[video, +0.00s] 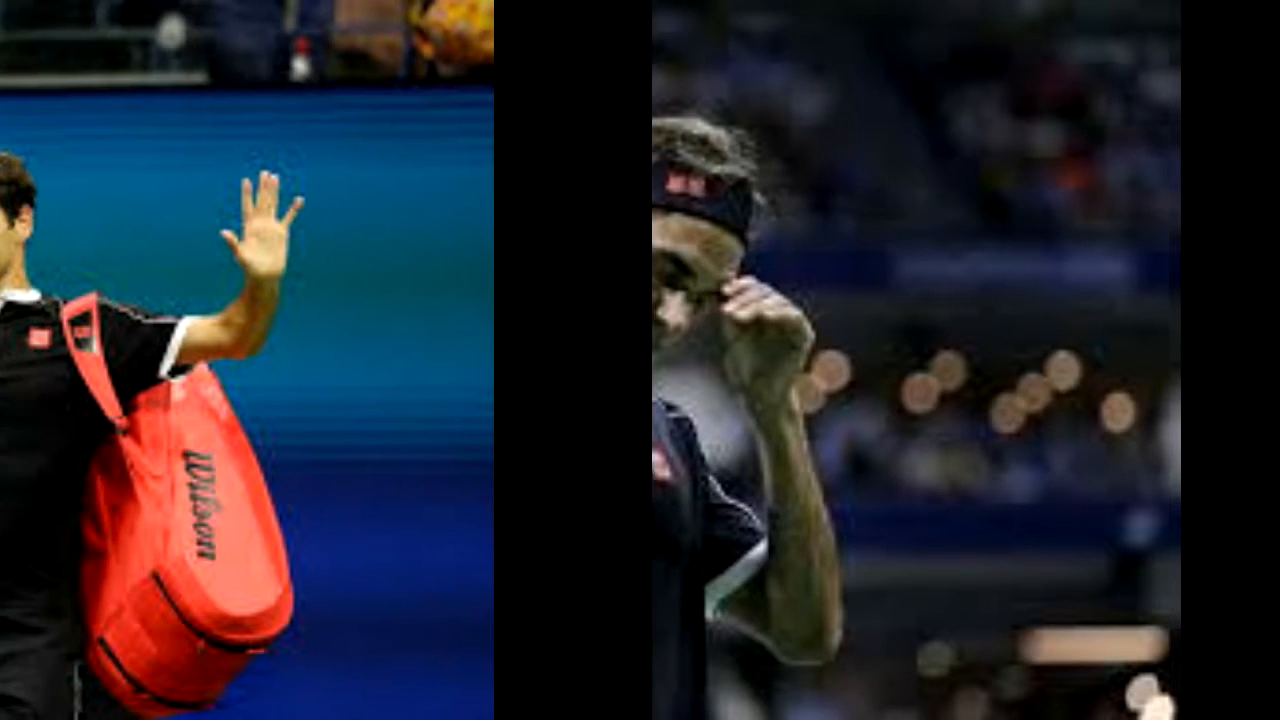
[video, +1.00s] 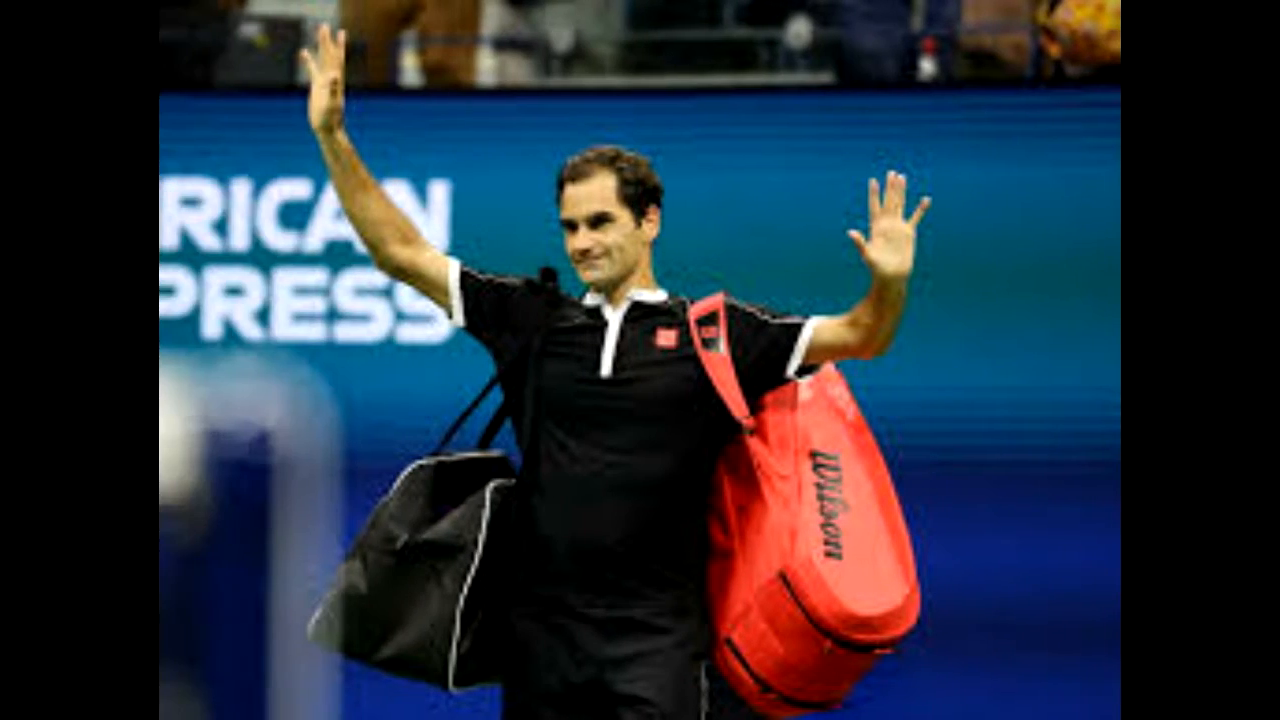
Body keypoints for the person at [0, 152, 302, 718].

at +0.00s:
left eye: (2, 215)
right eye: (3, 215)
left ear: (23, 221)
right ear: (20, 221)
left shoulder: (77, 332)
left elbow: (233, 335)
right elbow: (233, 334)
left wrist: (263, 283)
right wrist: (264, 283)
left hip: (31, 622)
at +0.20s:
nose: (86, 242)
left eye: (103, 223)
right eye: (74, 227)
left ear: (152, 222)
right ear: (64, 233)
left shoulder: (215, 329)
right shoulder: (34, 323)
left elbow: (363, 337)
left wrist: (393, 285)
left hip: (159, 623)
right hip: (48, 617)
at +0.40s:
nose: (218, 242)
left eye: (236, 222)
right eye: (205, 227)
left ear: (283, 223)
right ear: (195, 234)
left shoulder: (351, 331)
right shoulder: (166, 319)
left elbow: (497, 336)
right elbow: (38, 252)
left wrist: (525, 282)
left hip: (293, 628)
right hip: (181, 625)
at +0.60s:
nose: (347, 242)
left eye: (365, 224)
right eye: (336, 228)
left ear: (413, 225)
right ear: (327, 235)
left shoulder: (482, 329)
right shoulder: (295, 317)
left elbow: (628, 336)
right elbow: (164, 251)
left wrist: (656, 284)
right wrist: (95, 133)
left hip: (424, 627)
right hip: (310, 624)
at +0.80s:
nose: (477, 242)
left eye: (495, 224)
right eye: (466, 228)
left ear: (543, 225)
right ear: (456, 235)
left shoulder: (611, 329)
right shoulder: (424, 317)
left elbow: (757, 336)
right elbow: (294, 251)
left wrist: (786, 284)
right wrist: (225, 133)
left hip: (553, 628)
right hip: (439, 625)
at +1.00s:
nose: (581, 242)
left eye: (599, 224)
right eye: (570, 228)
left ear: (647, 225)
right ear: (560, 235)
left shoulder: (716, 329)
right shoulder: (529, 317)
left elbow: (861, 336)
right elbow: (398, 251)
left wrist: (889, 284)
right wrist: (328, 133)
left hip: (658, 627)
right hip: (543, 624)